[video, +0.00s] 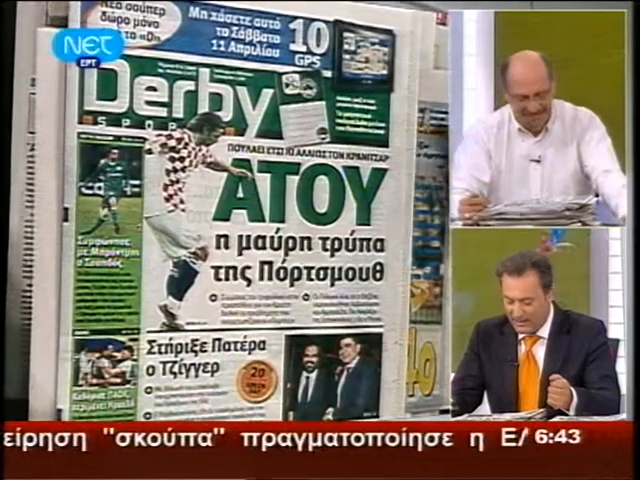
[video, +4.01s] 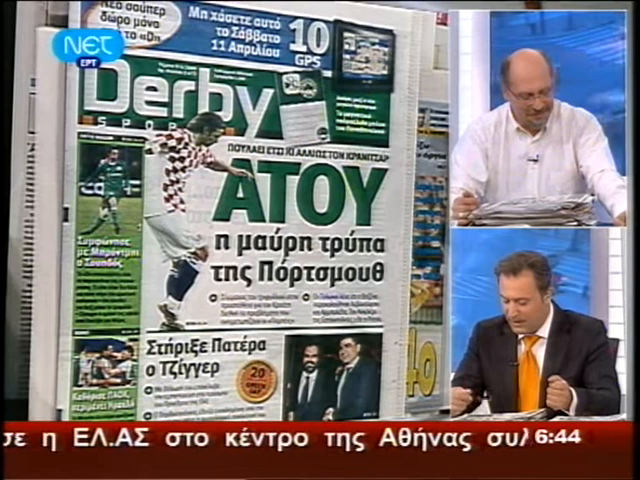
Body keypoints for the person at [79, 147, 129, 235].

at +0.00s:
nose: (115, 156)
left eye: (116, 154)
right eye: (113, 154)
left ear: (118, 155)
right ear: (109, 155)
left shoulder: (122, 165)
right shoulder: (104, 164)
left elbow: (126, 177)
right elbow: (96, 174)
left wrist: (128, 187)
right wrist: (86, 182)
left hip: (119, 189)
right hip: (108, 189)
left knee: (105, 213)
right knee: (113, 206)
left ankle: (91, 231)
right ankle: (116, 225)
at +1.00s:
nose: (115, 156)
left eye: (116, 154)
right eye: (113, 154)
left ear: (118, 155)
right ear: (109, 155)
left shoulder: (122, 165)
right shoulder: (104, 164)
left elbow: (126, 177)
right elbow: (96, 174)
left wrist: (127, 187)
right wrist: (86, 182)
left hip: (118, 189)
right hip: (108, 189)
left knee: (105, 213)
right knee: (113, 206)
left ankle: (91, 231)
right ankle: (116, 225)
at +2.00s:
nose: (115, 156)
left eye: (116, 154)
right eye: (113, 154)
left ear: (118, 155)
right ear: (109, 155)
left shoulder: (122, 165)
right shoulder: (104, 165)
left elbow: (126, 177)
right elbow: (96, 174)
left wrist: (128, 187)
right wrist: (86, 182)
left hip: (118, 189)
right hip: (108, 189)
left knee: (105, 213)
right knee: (113, 206)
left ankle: (91, 230)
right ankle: (116, 225)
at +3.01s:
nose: (115, 156)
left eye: (116, 154)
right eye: (113, 154)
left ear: (118, 155)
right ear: (109, 155)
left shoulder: (122, 165)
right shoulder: (104, 164)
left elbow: (126, 177)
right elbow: (96, 174)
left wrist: (128, 187)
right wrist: (86, 182)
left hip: (118, 189)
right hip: (108, 189)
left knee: (105, 213)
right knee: (113, 205)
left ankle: (91, 230)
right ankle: (116, 225)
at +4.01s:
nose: (115, 156)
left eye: (116, 154)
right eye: (113, 154)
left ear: (118, 155)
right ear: (109, 154)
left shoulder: (122, 165)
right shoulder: (104, 165)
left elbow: (126, 177)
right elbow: (95, 174)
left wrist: (127, 187)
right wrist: (85, 182)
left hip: (118, 190)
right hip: (108, 189)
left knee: (105, 213)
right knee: (113, 205)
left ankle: (91, 230)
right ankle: (116, 225)